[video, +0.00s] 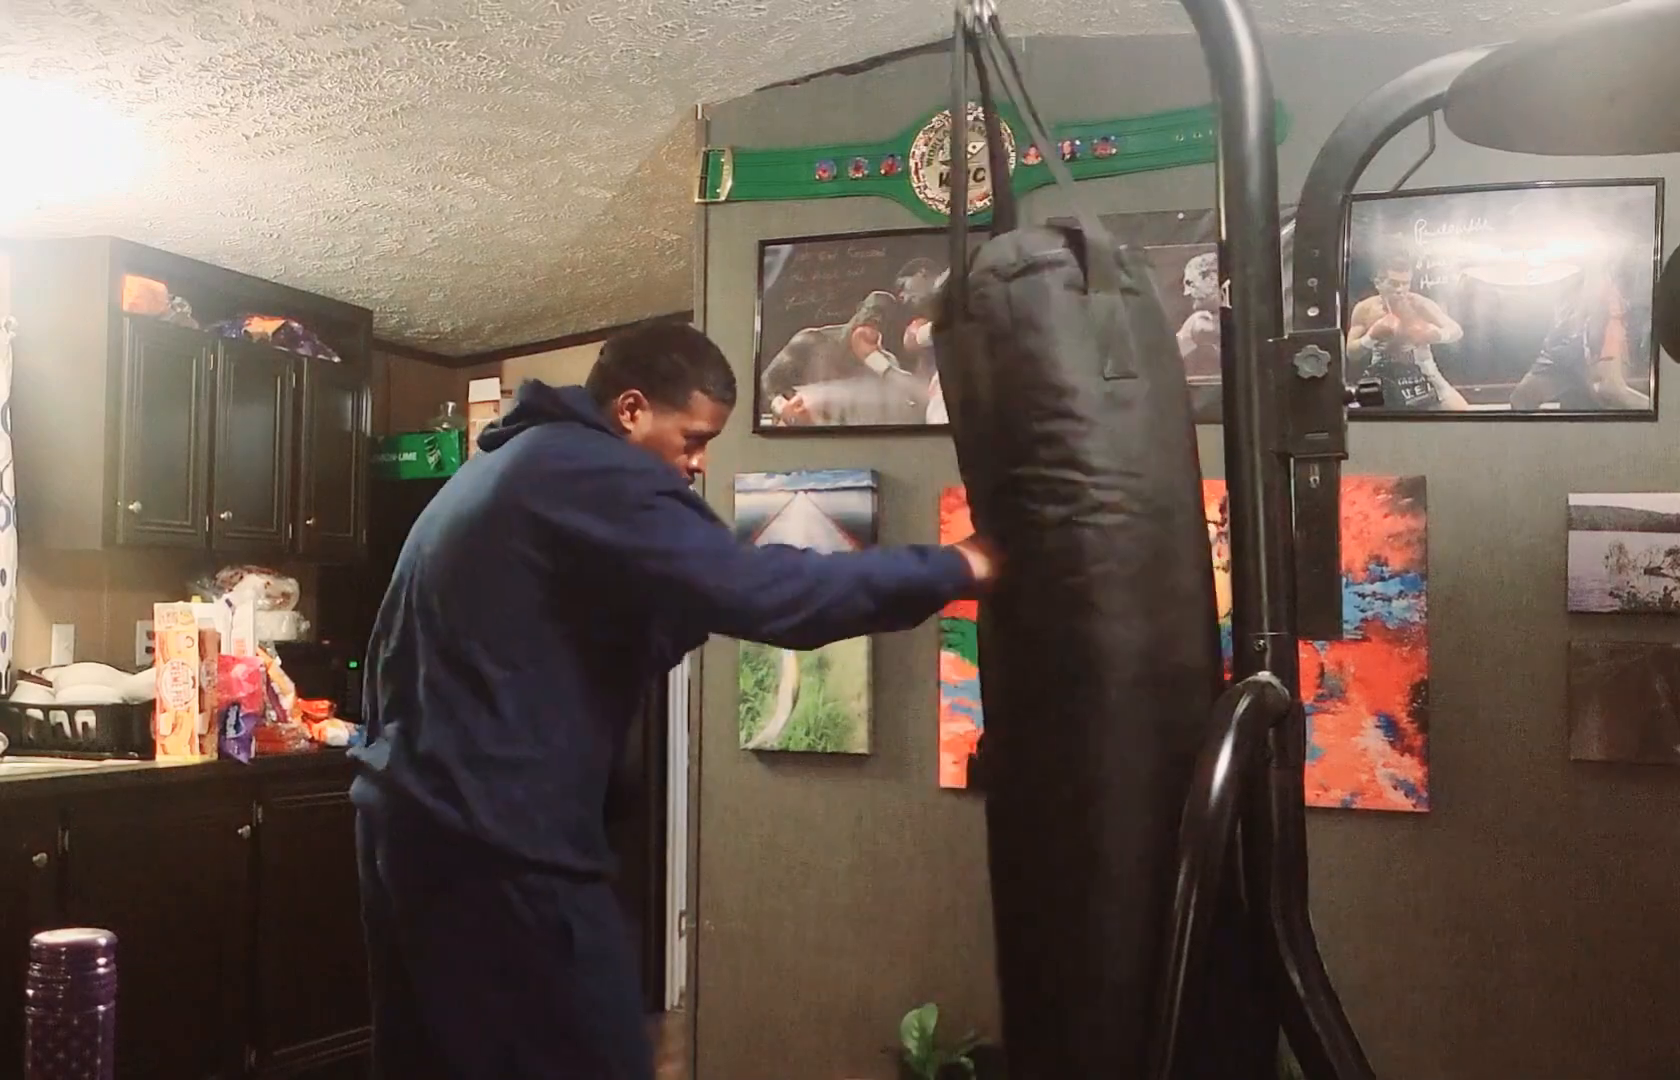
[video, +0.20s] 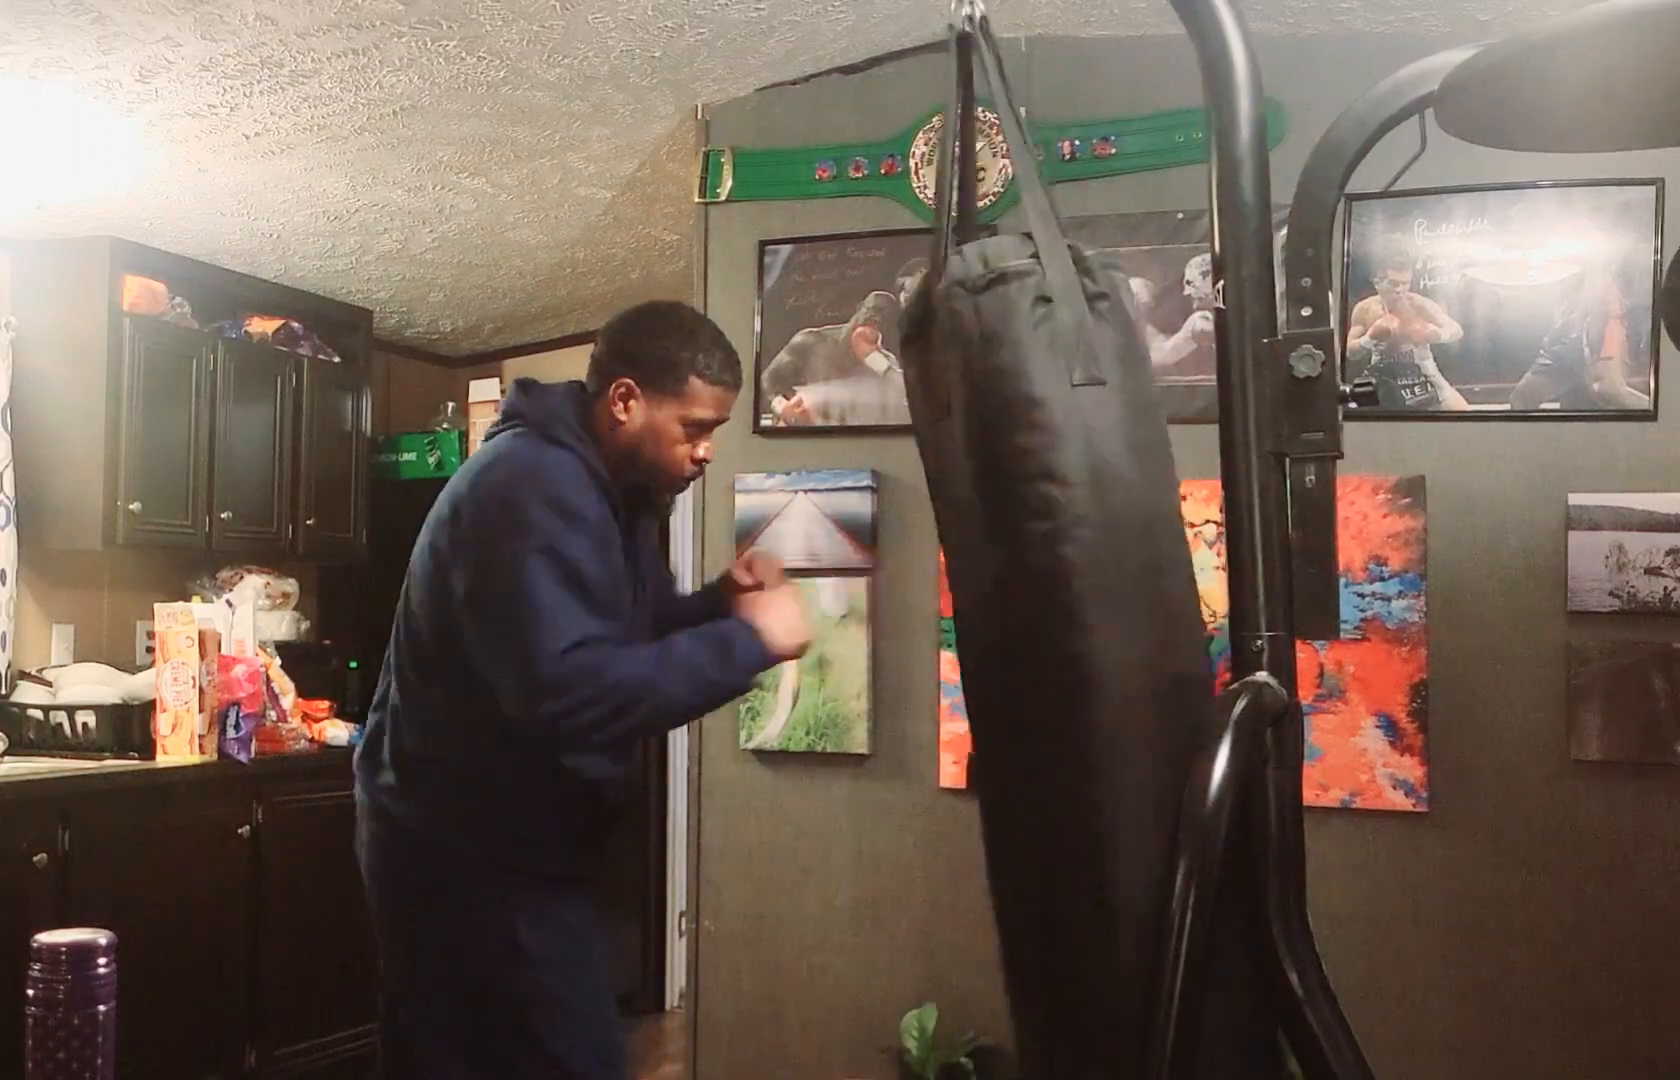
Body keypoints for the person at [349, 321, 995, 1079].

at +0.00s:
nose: (697, 467)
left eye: (704, 448)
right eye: (692, 442)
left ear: (620, 412)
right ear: (630, 410)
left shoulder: (507, 463)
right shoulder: (594, 476)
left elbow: (608, 659)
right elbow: (772, 593)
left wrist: (745, 563)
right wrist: (958, 565)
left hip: (408, 824)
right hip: (506, 841)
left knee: (434, 1055)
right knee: (597, 1056)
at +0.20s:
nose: (705, 454)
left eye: (711, 433)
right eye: (695, 429)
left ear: (626, 406)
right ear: (624, 404)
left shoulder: (602, 482)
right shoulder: (530, 481)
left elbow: (632, 629)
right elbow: (563, 693)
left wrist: (721, 598)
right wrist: (748, 640)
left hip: (527, 837)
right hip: (471, 851)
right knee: (553, 1059)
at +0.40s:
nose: (711, 470)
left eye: (719, 449)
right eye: (699, 445)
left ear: (634, 415)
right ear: (630, 412)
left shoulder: (648, 487)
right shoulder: (497, 508)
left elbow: (785, 533)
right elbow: (491, 726)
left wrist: (924, 526)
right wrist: (676, 656)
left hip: (544, 854)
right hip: (470, 866)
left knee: (469, 1064)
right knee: (570, 1062)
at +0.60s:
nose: (703, 440)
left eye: (715, 420)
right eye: (704, 413)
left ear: (640, 376)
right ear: (647, 379)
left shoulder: (508, 458)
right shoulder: (558, 482)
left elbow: (640, 617)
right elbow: (705, 673)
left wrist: (765, 539)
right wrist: (745, 496)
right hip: (499, 867)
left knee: (456, 1063)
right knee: (577, 1062)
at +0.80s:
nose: (692, 439)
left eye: (703, 421)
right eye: (700, 416)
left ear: (610, 373)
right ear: (659, 385)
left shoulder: (464, 436)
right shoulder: (641, 467)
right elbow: (817, 592)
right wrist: (769, 429)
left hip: (379, 819)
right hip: (518, 842)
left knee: (407, 1058)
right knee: (567, 1062)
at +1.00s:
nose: (663, 476)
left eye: (673, 461)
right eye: (669, 455)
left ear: (581, 403)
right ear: (628, 414)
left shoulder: (431, 461)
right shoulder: (609, 481)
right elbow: (796, 605)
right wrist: (748, 455)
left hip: (351, 839)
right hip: (499, 857)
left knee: (385, 1064)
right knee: (559, 1061)